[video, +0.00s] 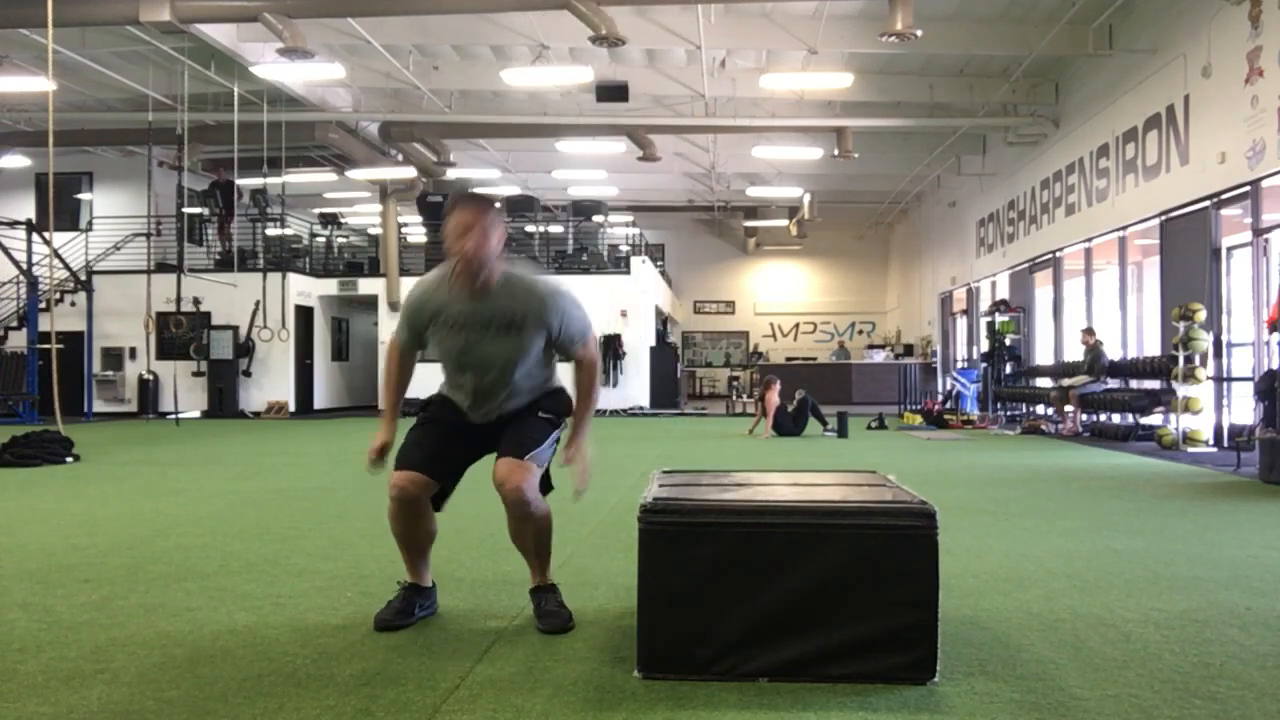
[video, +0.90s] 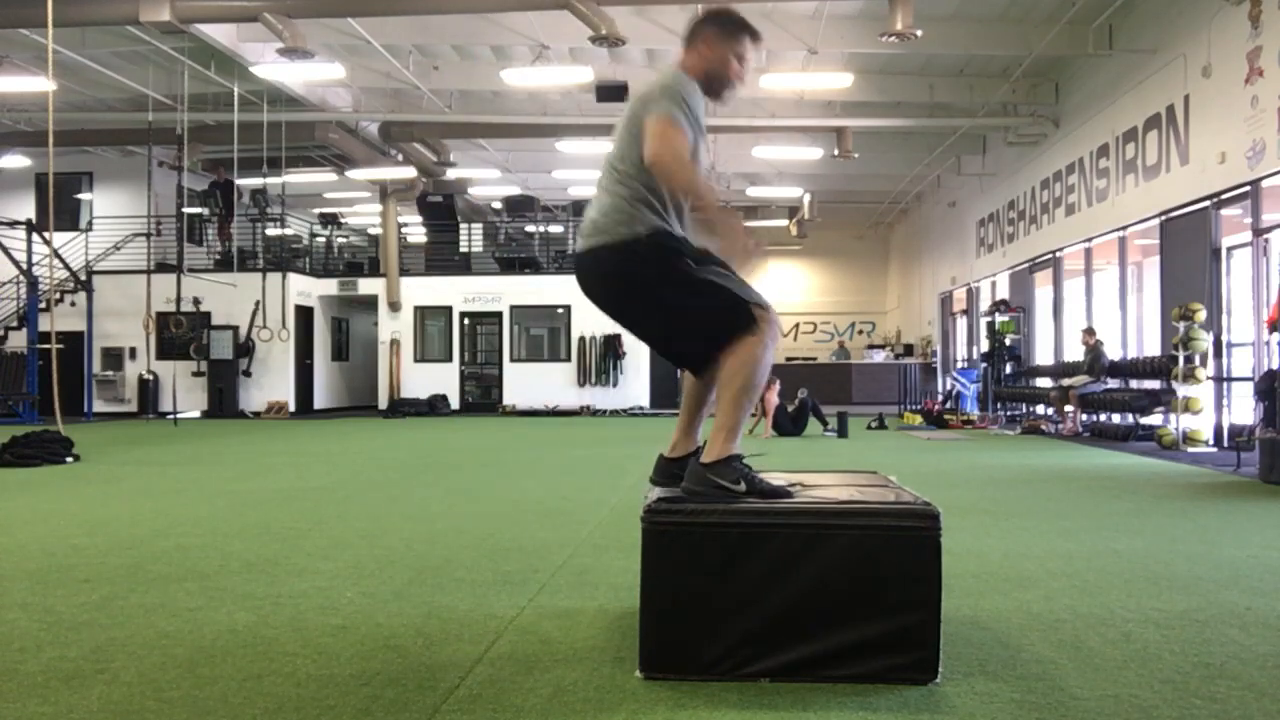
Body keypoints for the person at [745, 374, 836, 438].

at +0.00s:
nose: (779, 387)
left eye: (779, 384)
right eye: (778, 385)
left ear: (767, 385)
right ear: (773, 385)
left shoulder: (764, 396)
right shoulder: (772, 396)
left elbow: (759, 415)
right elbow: (770, 415)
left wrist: (751, 429)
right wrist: (767, 433)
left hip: (784, 430)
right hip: (793, 431)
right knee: (807, 399)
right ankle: (826, 426)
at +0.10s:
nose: (779, 387)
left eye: (779, 385)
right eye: (778, 385)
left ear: (767, 385)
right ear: (773, 385)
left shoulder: (764, 396)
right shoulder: (772, 396)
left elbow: (759, 415)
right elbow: (770, 416)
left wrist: (751, 430)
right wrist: (767, 433)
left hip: (785, 430)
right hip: (793, 431)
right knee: (807, 399)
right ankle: (826, 426)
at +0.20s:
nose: (779, 387)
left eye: (779, 384)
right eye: (778, 384)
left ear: (767, 385)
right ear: (773, 385)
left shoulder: (764, 396)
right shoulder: (772, 396)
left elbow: (759, 416)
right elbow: (770, 416)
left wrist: (751, 430)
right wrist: (767, 433)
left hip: (785, 430)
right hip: (793, 431)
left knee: (805, 399)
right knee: (807, 400)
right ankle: (826, 426)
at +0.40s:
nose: (779, 387)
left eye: (779, 384)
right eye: (778, 384)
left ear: (767, 385)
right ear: (773, 385)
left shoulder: (764, 396)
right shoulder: (772, 396)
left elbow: (759, 416)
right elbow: (770, 416)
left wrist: (751, 429)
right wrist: (767, 433)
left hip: (785, 430)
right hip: (793, 431)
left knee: (807, 402)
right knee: (807, 401)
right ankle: (826, 426)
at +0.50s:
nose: (779, 387)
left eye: (779, 384)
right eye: (778, 384)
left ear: (767, 385)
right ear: (773, 385)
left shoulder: (764, 396)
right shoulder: (772, 396)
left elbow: (759, 415)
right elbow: (770, 415)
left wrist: (751, 429)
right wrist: (767, 433)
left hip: (785, 430)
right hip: (793, 431)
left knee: (807, 402)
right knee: (807, 401)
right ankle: (826, 426)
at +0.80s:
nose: (779, 387)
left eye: (779, 384)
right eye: (778, 384)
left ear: (771, 386)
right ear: (772, 386)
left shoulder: (766, 396)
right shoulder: (772, 397)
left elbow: (759, 416)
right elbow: (769, 416)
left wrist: (751, 429)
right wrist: (767, 433)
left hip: (785, 429)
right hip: (793, 430)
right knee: (808, 401)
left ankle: (799, 401)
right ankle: (826, 426)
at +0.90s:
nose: (779, 387)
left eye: (779, 385)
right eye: (778, 385)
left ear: (770, 386)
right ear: (772, 386)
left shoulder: (766, 396)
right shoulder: (771, 397)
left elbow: (760, 415)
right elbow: (769, 416)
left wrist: (751, 429)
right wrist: (767, 433)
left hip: (786, 429)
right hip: (792, 430)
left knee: (809, 401)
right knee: (807, 401)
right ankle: (826, 426)